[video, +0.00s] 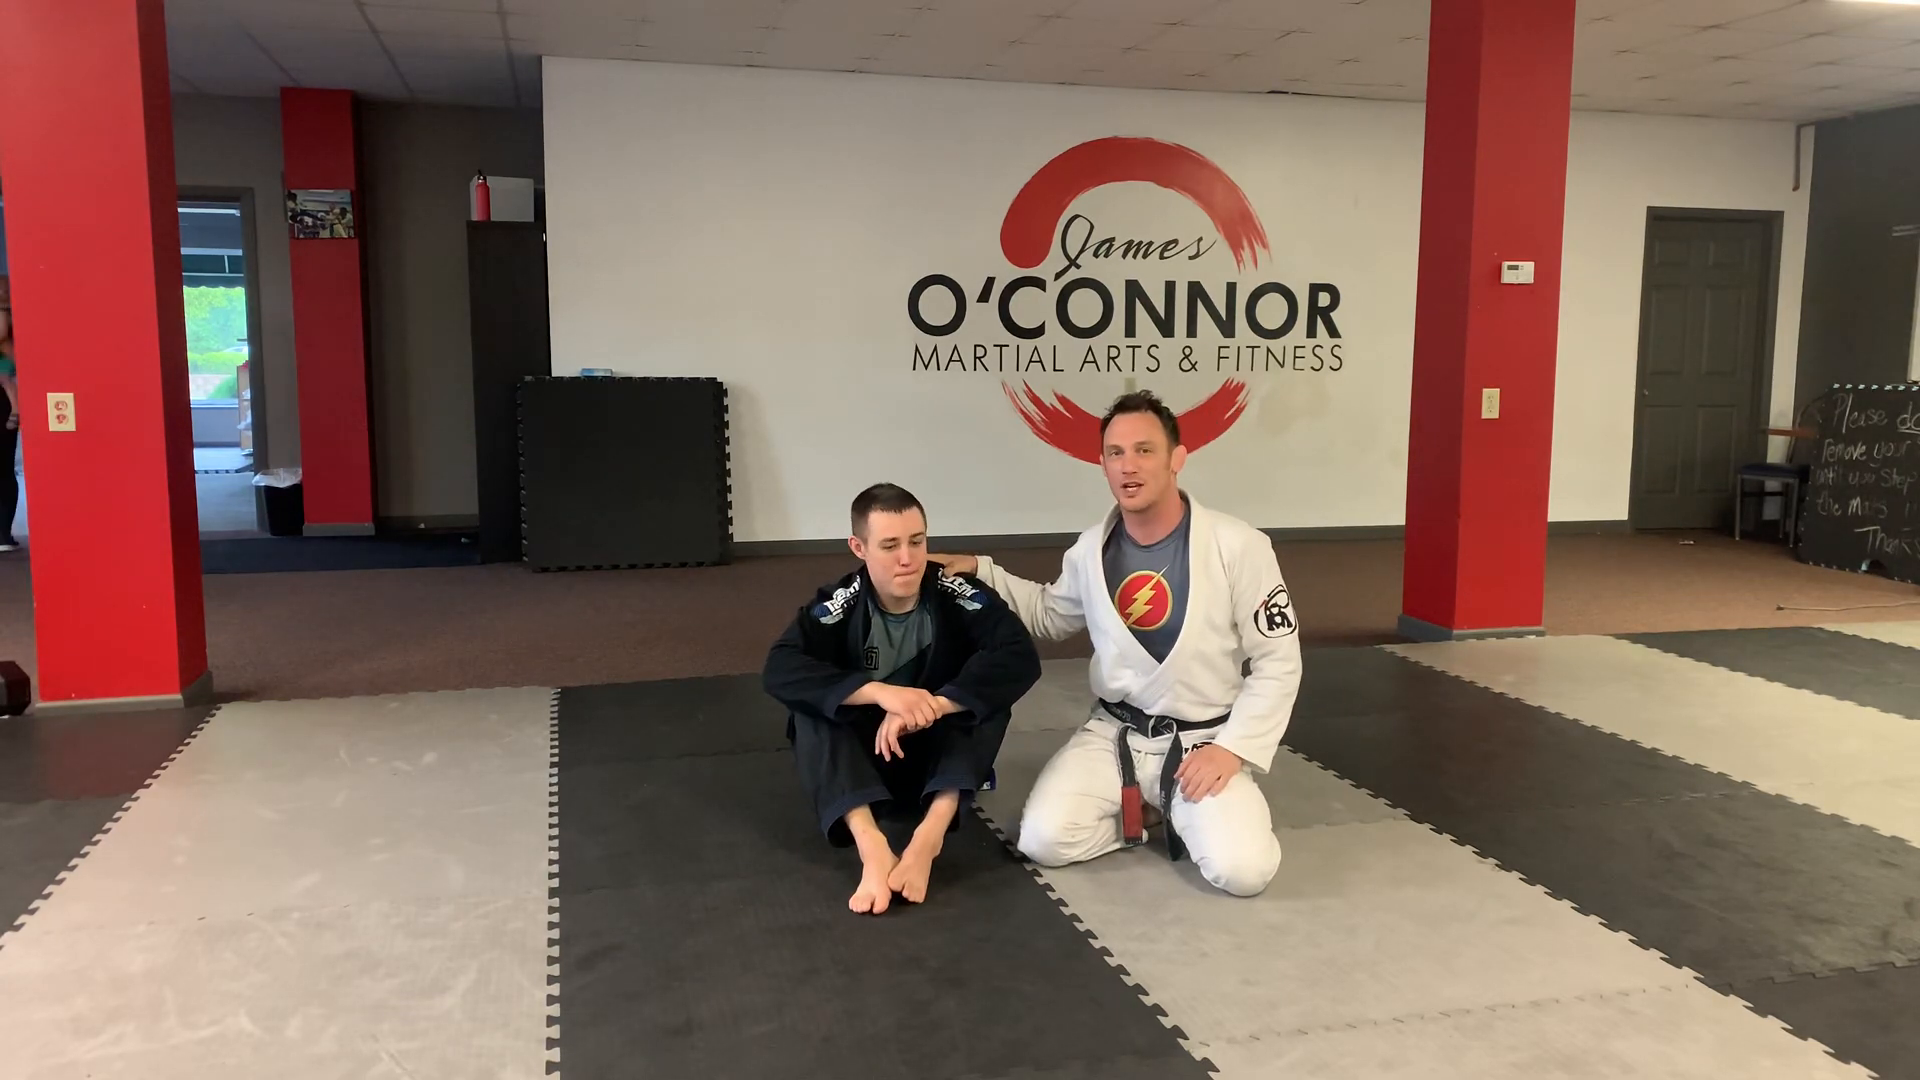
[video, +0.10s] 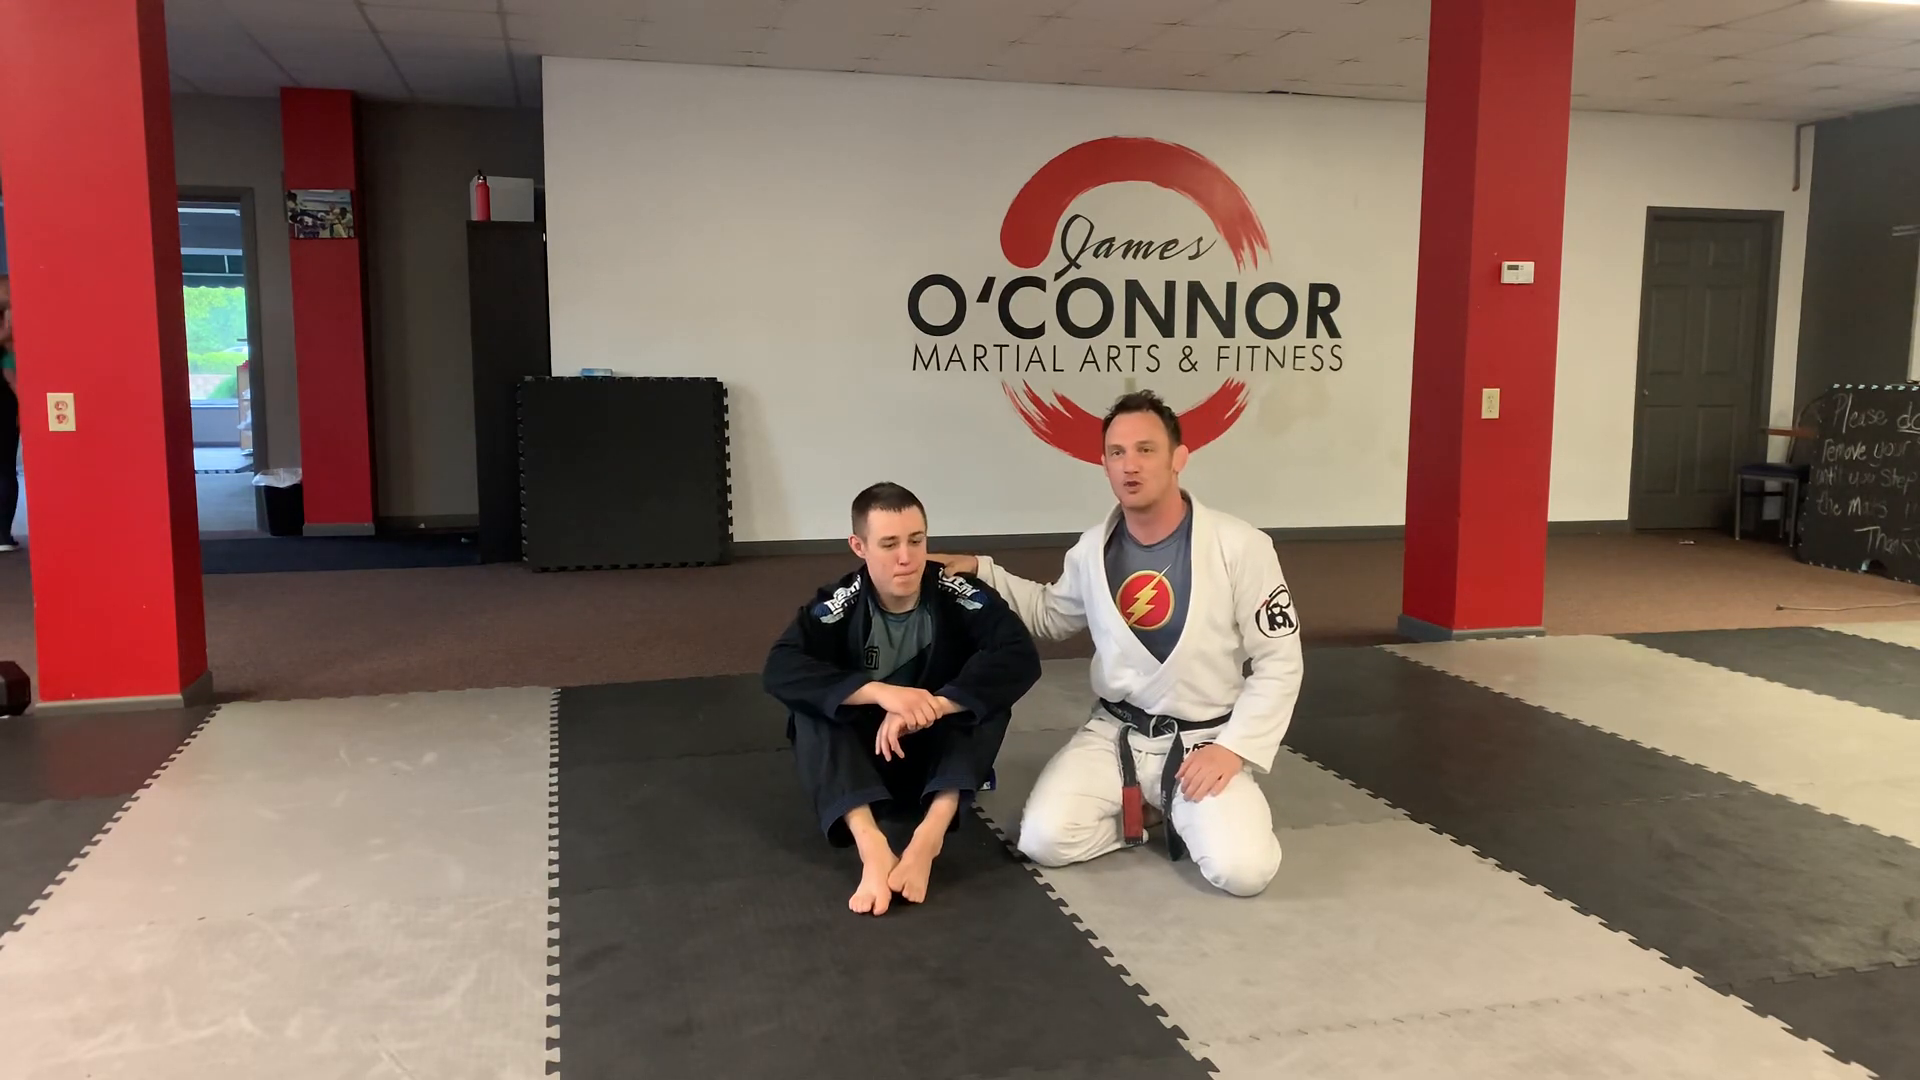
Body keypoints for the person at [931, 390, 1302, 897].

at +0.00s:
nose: (1127, 467)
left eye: (1144, 450)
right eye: (1115, 453)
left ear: (1176, 460)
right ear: (1102, 464)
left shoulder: (1239, 548)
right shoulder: (1089, 552)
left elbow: (1278, 661)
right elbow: (1050, 616)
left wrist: (1230, 749)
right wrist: (979, 568)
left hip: (1207, 739)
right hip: (1114, 732)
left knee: (1245, 871)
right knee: (1044, 841)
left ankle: (1186, 804)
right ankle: (1152, 810)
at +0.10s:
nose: (1129, 466)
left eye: (1145, 450)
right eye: (1116, 452)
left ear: (1178, 459)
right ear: (1104, 465)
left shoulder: (1240, 548)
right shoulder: (1091, 552)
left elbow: (1279, 661)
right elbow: (1050, 616)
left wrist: (1231, 749)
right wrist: (980, 568)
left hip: (1207, 739)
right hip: (1114, 732)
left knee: (1245, 871)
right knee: (1045, 841)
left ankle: (1187, 802)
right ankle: (1154, 809)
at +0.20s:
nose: (1132, 465)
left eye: (1148, 450)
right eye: (1119, 452)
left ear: (1181, 458)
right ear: (1106, 464)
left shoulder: (1242, 548)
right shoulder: (1092, 552)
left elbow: (1280, 662)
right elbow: (1051, 616)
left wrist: (1232, 749)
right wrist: (980, 568)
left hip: (1208, 738)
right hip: (1115, 731)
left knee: (1245, 871)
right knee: (1045, 841)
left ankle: (1186, 803)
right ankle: (1155, 809)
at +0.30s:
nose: (1135, 465)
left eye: (1150, 449)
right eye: (1122, 452)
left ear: (1184, 457)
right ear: (1109, 463)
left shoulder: (1243, 548)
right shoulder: (1094, 550)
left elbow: (1280, 662)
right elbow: (1052, 614)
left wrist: (1232, 749)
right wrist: (980, 568)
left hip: (1208, 739)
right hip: (1115, 731)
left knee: (1245, 871)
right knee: (1045, 841)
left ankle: (1186, 803)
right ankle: (1154, 808)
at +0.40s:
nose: (1136, 464)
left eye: (1152, 448)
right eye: (1125, 450)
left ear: (1188, 457)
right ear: (1112, 462)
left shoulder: (1245, 548)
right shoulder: (1098, 549)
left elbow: (1283, 662)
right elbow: (1055, 608)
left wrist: (1233, 748)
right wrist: (980, 566)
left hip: (1208, 739)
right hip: (1115, 730)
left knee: (1245, 871)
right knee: (1045, 841)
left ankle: (1185, 803)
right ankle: (1153, 809)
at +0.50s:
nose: (1137, 463)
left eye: (1153, 447)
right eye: (1127, 449)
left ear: (1190, 457)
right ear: (1116, 459)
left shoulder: (1246, 548)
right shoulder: (1102, 547)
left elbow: (1287, 657)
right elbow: (1057, 602)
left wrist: (1231, 734)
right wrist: (975, 563)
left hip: (1206, 737)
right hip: (1114, 729)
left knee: (1247, 872)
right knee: (1045, 840)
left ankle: (1186, 803)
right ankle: (1151, 809)